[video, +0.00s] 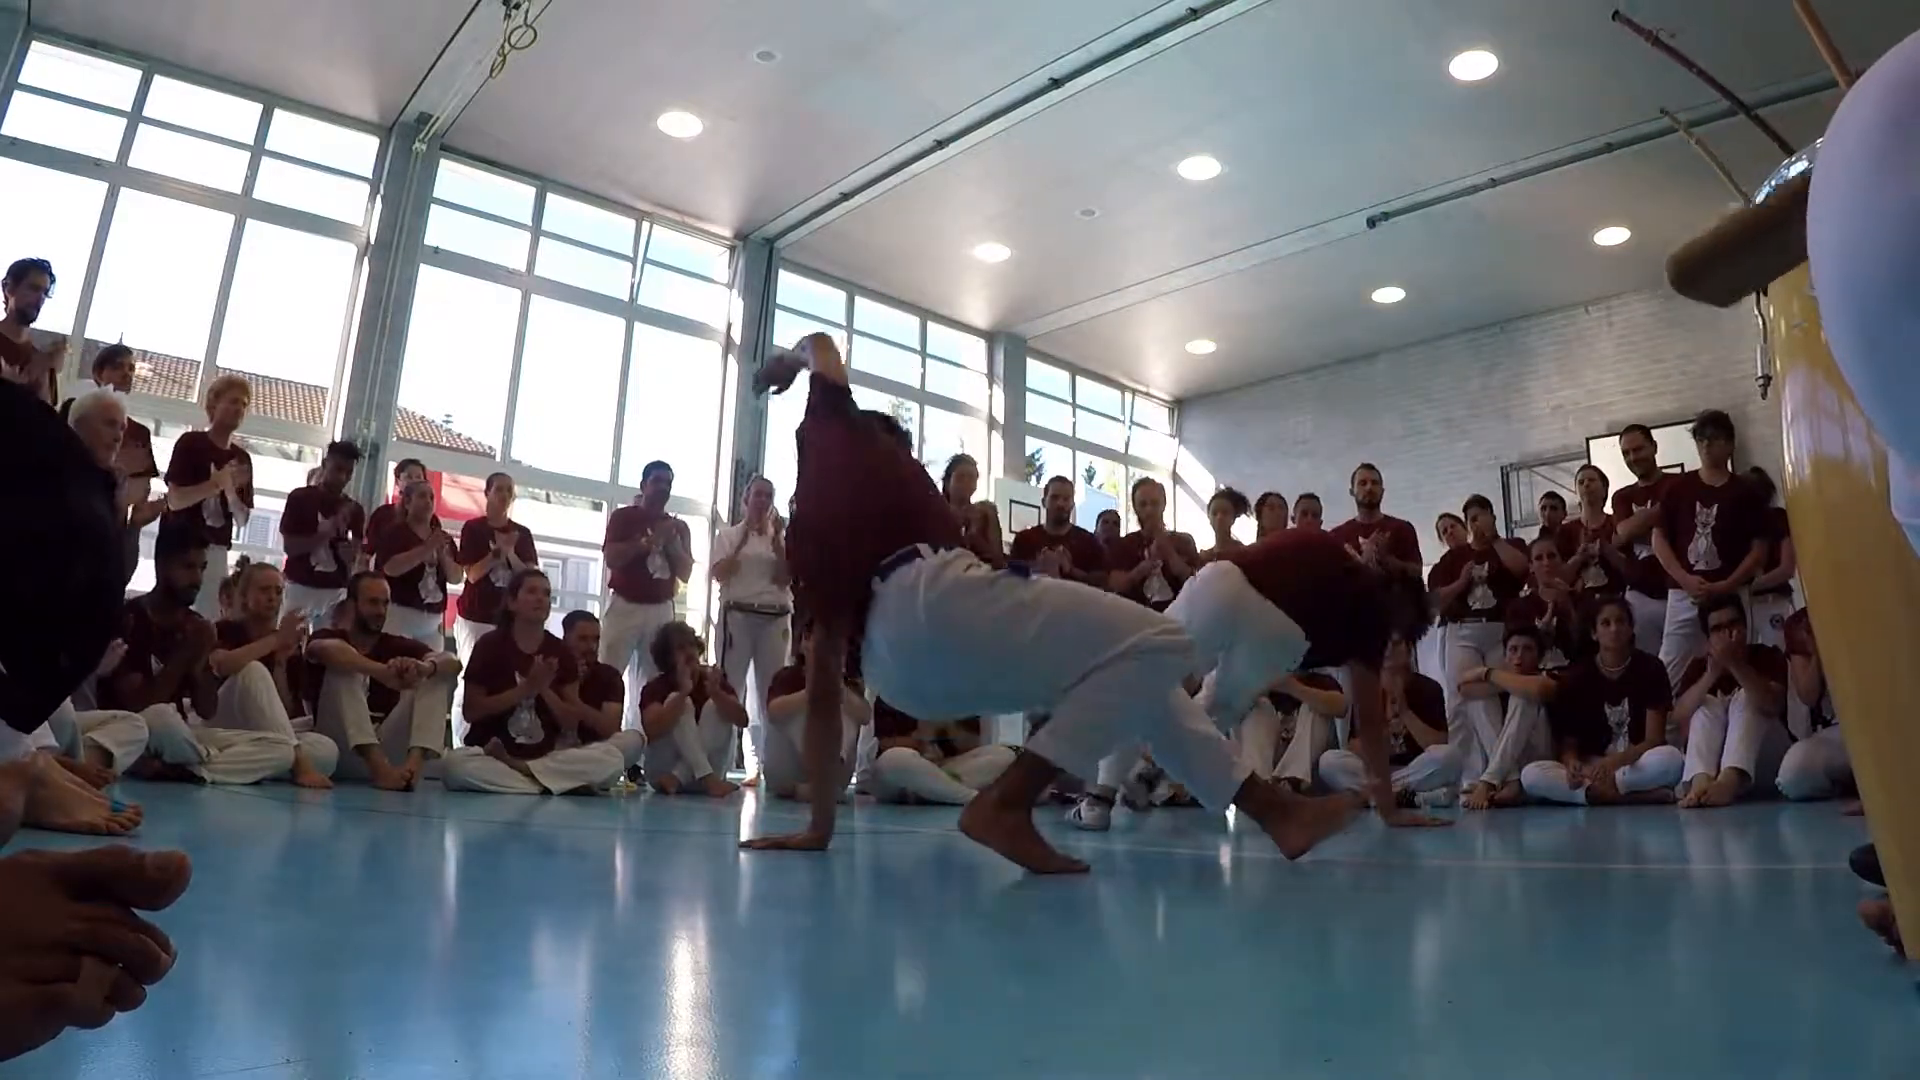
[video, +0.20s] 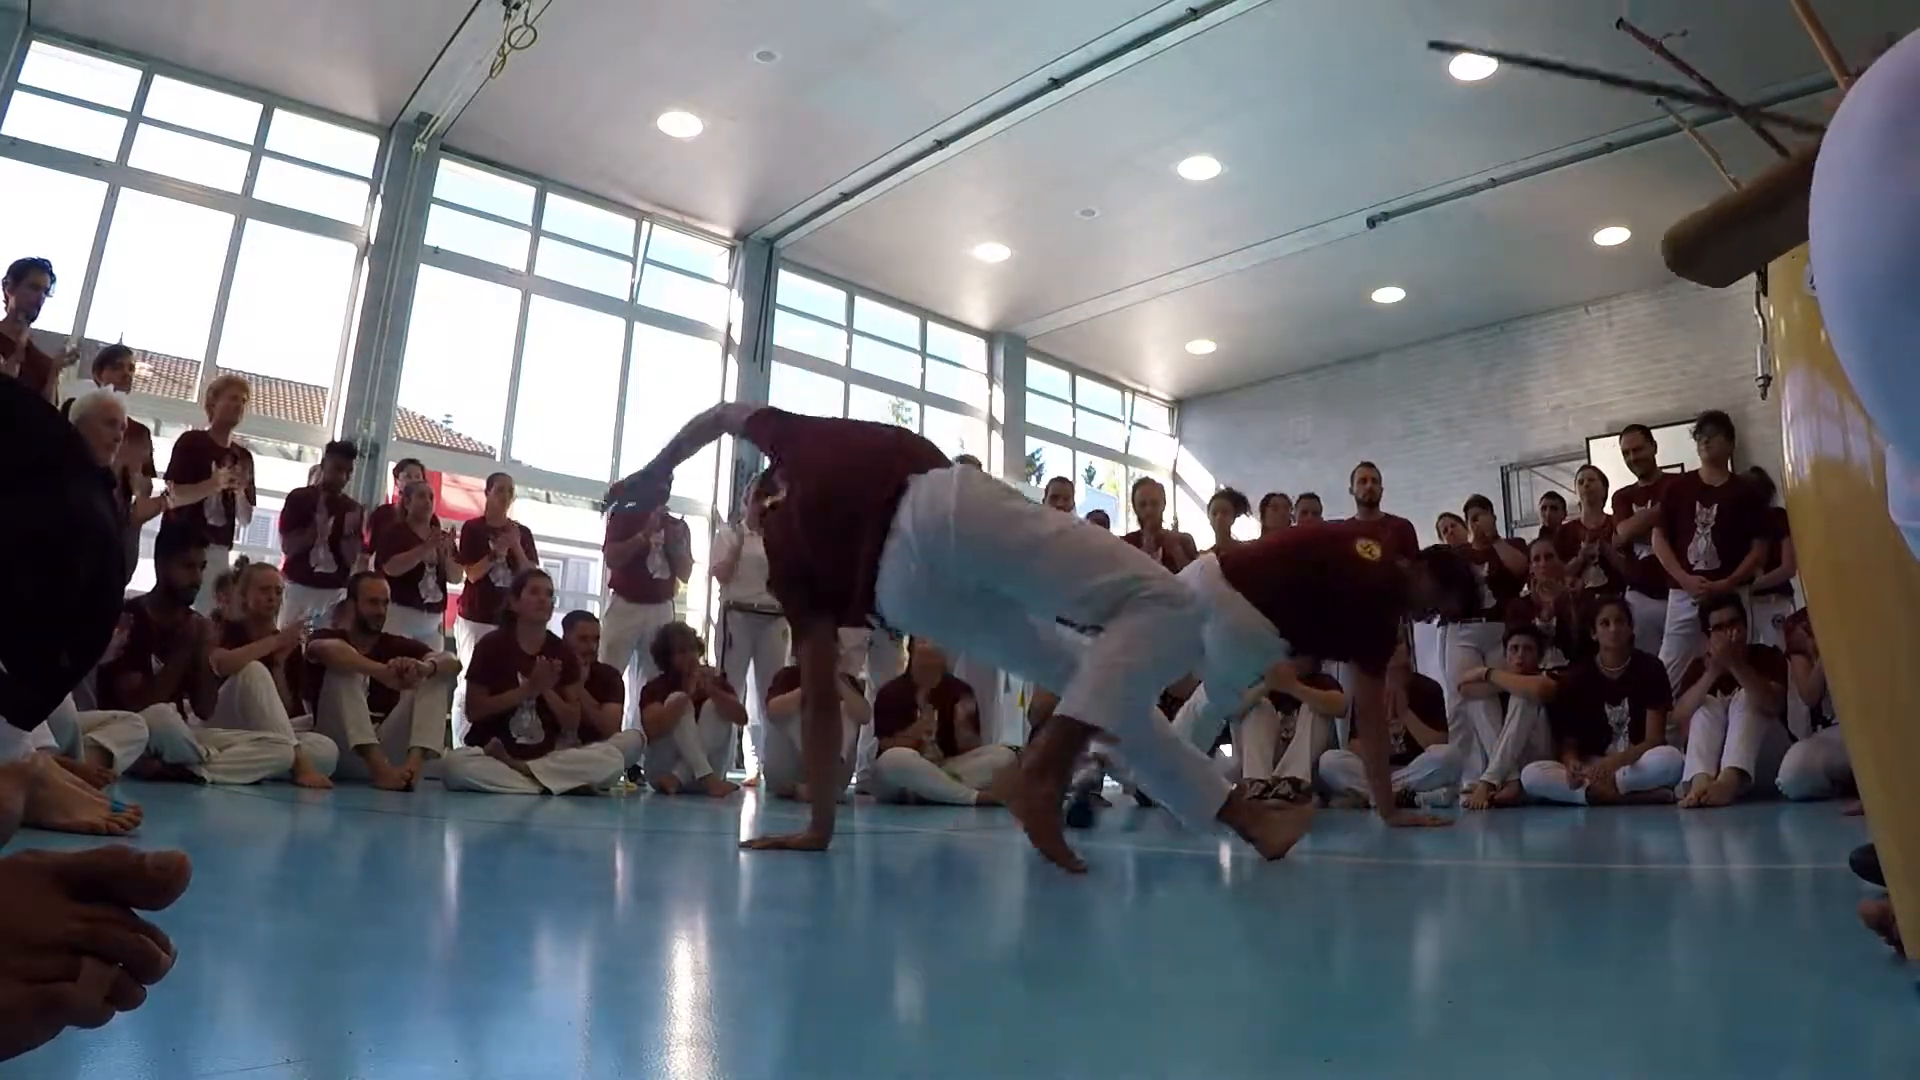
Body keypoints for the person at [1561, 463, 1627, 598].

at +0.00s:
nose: (1586, 485)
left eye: (1592, 480)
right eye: (1581, 482)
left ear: (1604, 488)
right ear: (1576, 491)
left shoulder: (1619, 524)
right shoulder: (1565, 531)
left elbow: (1632, 568)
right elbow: (1560, 577)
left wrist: (1607, 551)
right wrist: (1579, 558)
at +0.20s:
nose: (1586, 484)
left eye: (1591, 480)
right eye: (1581, 482)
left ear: (1605, 489)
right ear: (1577, 492)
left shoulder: (1619, 525)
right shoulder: (1565, 532)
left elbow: (1630, 570)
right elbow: (1560, 576)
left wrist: (1609, 553)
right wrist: (1581, 559)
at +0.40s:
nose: (1586, 485)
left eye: (1592, 480)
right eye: (1581, 482)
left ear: (1604, 488)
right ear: (1576, 491)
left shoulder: (1618, 524)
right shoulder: (1566, 531)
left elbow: (1629, 566)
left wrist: (1605, 549)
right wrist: (1577, 555)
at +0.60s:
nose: (1585, 485)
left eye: (1591, 480)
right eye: (1580, 482)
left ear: (1603, 489)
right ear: (1576, 492)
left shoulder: (1619, 524)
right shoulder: (1565, 532)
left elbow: (1632, 569)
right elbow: (1561, 578)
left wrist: (1603, 550)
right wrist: (1586, 556)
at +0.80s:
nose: (1584, 484)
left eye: (1591, 480)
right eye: (1580, 481)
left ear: (1603, 489)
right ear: (1576, 492)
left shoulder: (1617, 524)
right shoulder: (1566, 531)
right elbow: (1565, 578)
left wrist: (1611, 549)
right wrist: (1572, 548)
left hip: (1612, 590)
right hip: (1580, 594)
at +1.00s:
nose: (1584, 482)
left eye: (1590, 478)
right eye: (1579, 480)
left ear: (1602, 489)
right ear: (1575, 492)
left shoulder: (1618, 522)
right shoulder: (1564, 531)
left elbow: (1632, 568)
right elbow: (1558, 577)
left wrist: (1610, 553)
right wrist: (1580, 560)